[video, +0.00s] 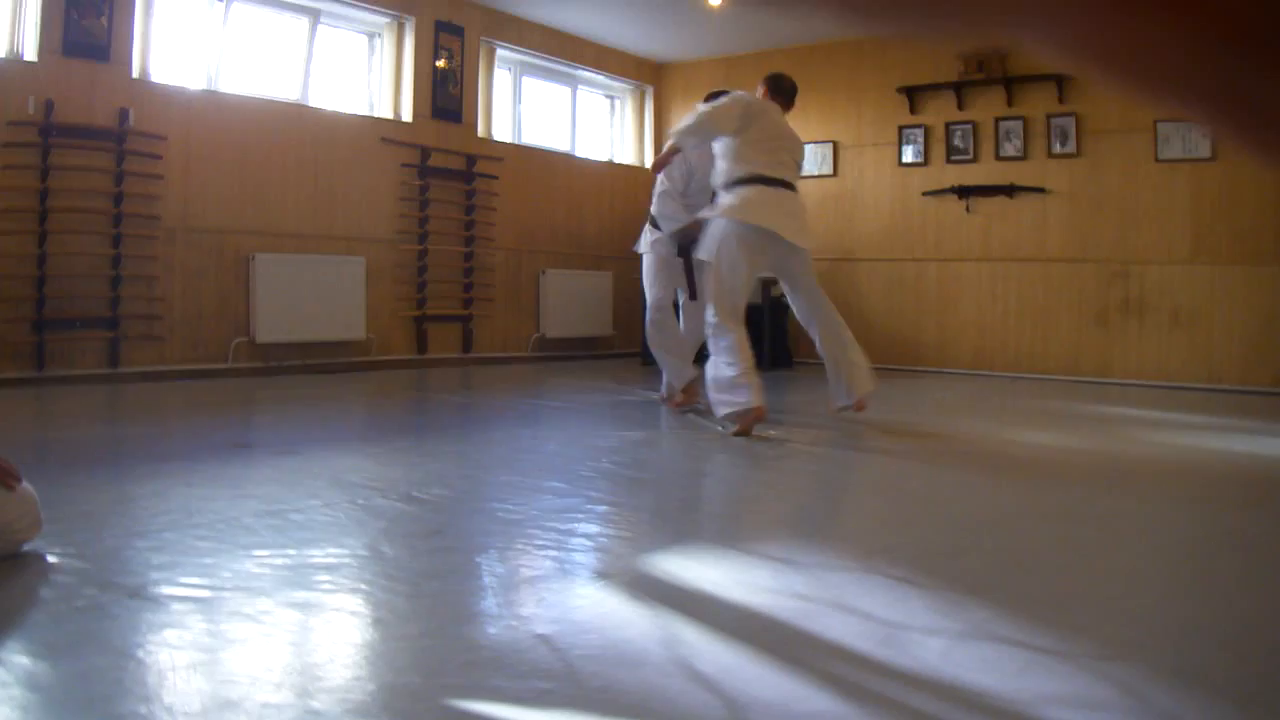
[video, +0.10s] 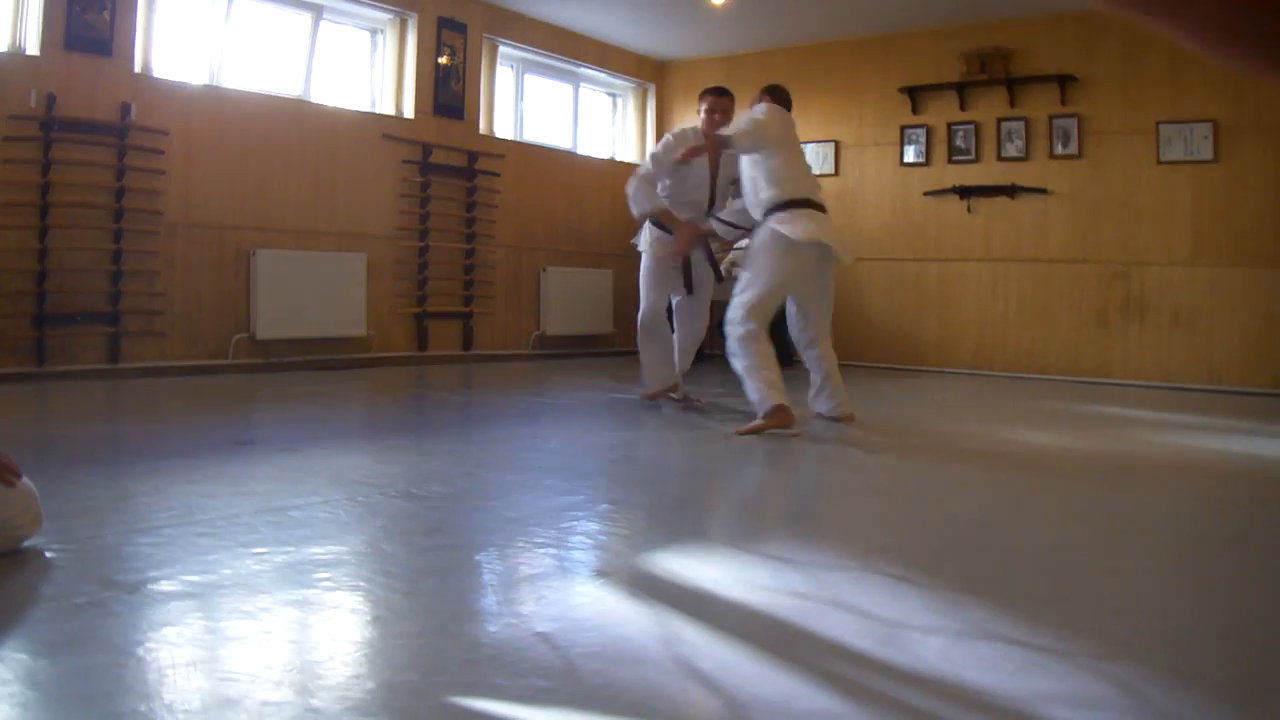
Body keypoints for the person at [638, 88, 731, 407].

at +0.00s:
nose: (722, 117)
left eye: (728, 111)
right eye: (717, 110)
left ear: (733, 116)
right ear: (705, 112)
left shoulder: (732, 152)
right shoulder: (686, 148)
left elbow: (732, 200)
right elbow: (662, 197)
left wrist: (706, 223)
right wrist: (683, 228)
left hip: (702, 235)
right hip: (663, 235)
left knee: (696, 310)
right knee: (657, 304)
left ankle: (672, 384)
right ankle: (685, 378)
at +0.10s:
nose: (715, 117)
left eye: (722, 112)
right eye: (710, 110)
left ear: (731, 116)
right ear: (699, 111)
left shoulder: (736, 152)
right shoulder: (679, 141)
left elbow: (749, 205)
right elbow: (639, 187)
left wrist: (706, 230)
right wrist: (676, 226)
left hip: (701, 241)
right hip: (662, 236)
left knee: (695, 322)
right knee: (651, 311)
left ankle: (672, 381)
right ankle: (661, 383)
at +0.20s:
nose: (711, 114)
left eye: (718, 109)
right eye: (704, 108)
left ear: (726, 113)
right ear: (692, 110)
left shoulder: (735, 152)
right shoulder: (669, 137)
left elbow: (749, 202)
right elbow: (620, 165)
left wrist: (727, 231)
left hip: (703, 242)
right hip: (661, 237)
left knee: (693, 329)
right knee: (653, 318)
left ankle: (673, 385)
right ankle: (655, 389)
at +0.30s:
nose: (704, 109)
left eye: (711, 103)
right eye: (697, 103)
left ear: (720, 108)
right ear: (685, 106)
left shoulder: (732, 149)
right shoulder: (664, 132)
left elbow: (733, 195)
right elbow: (614, 141)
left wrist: (730, 192)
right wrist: (644, 154)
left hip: (703, 242)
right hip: (659, 237)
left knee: (701, 330)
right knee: (652, 321)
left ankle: (684, 376)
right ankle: (663, 391)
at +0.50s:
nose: (696, 110)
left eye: (702, 103)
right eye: (688, 105)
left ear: (712, 106)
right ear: (677, 109)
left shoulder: (728, 141)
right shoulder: (663, 141)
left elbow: (725, 173)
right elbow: (622, 159)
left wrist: (675, 169)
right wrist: (633, 163)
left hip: (711, 243)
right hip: (669, 243)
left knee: (690, 307)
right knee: (655, 321)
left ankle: (696, 386)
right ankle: (666, 389)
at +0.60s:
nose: (697, 109)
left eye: (703, 102)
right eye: (689, 103)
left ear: (714, 105)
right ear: (677, 109)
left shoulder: (731, 140)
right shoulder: (663, 144)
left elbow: (735, 184)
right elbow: (619, 175)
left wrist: (680, 189)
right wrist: (638, 184)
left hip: (717, 241)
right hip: (675, 244)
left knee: (697, 293)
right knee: (659, 324)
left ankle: (705, 391)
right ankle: (672, 388)